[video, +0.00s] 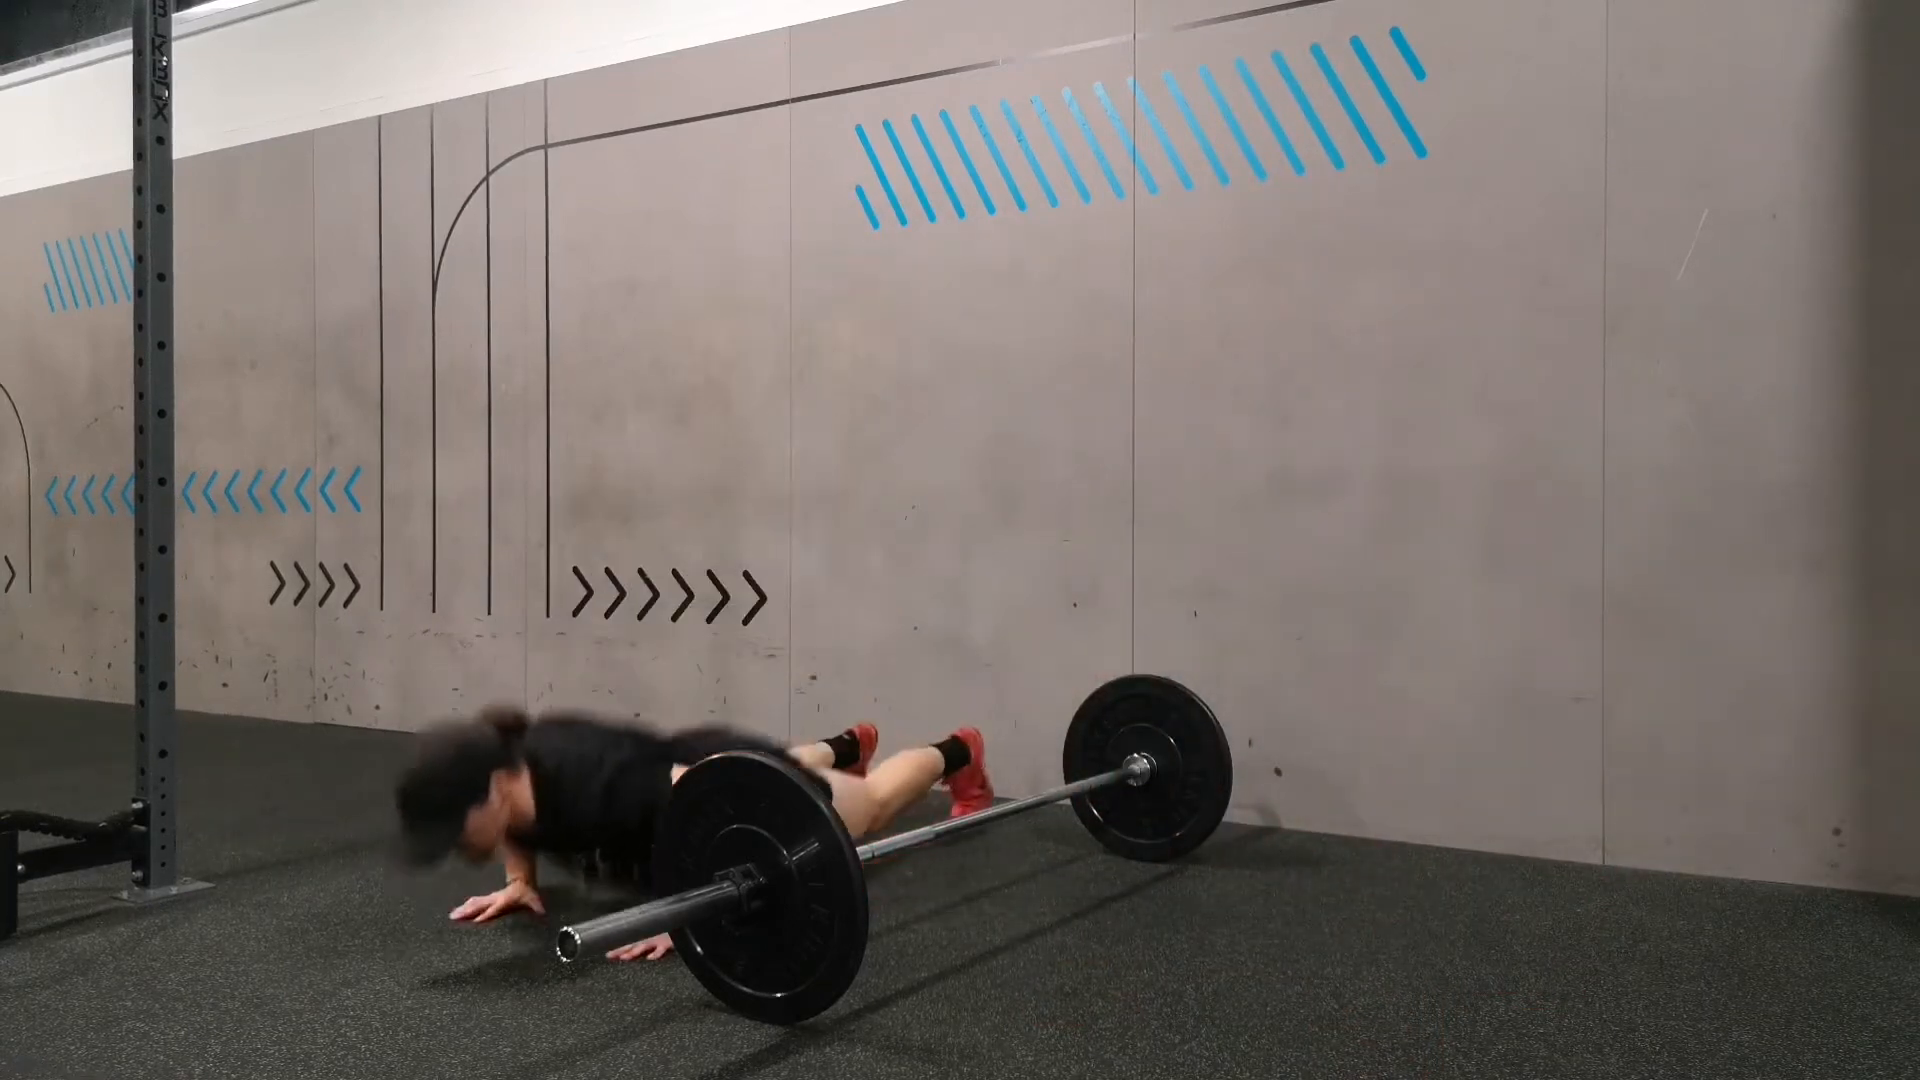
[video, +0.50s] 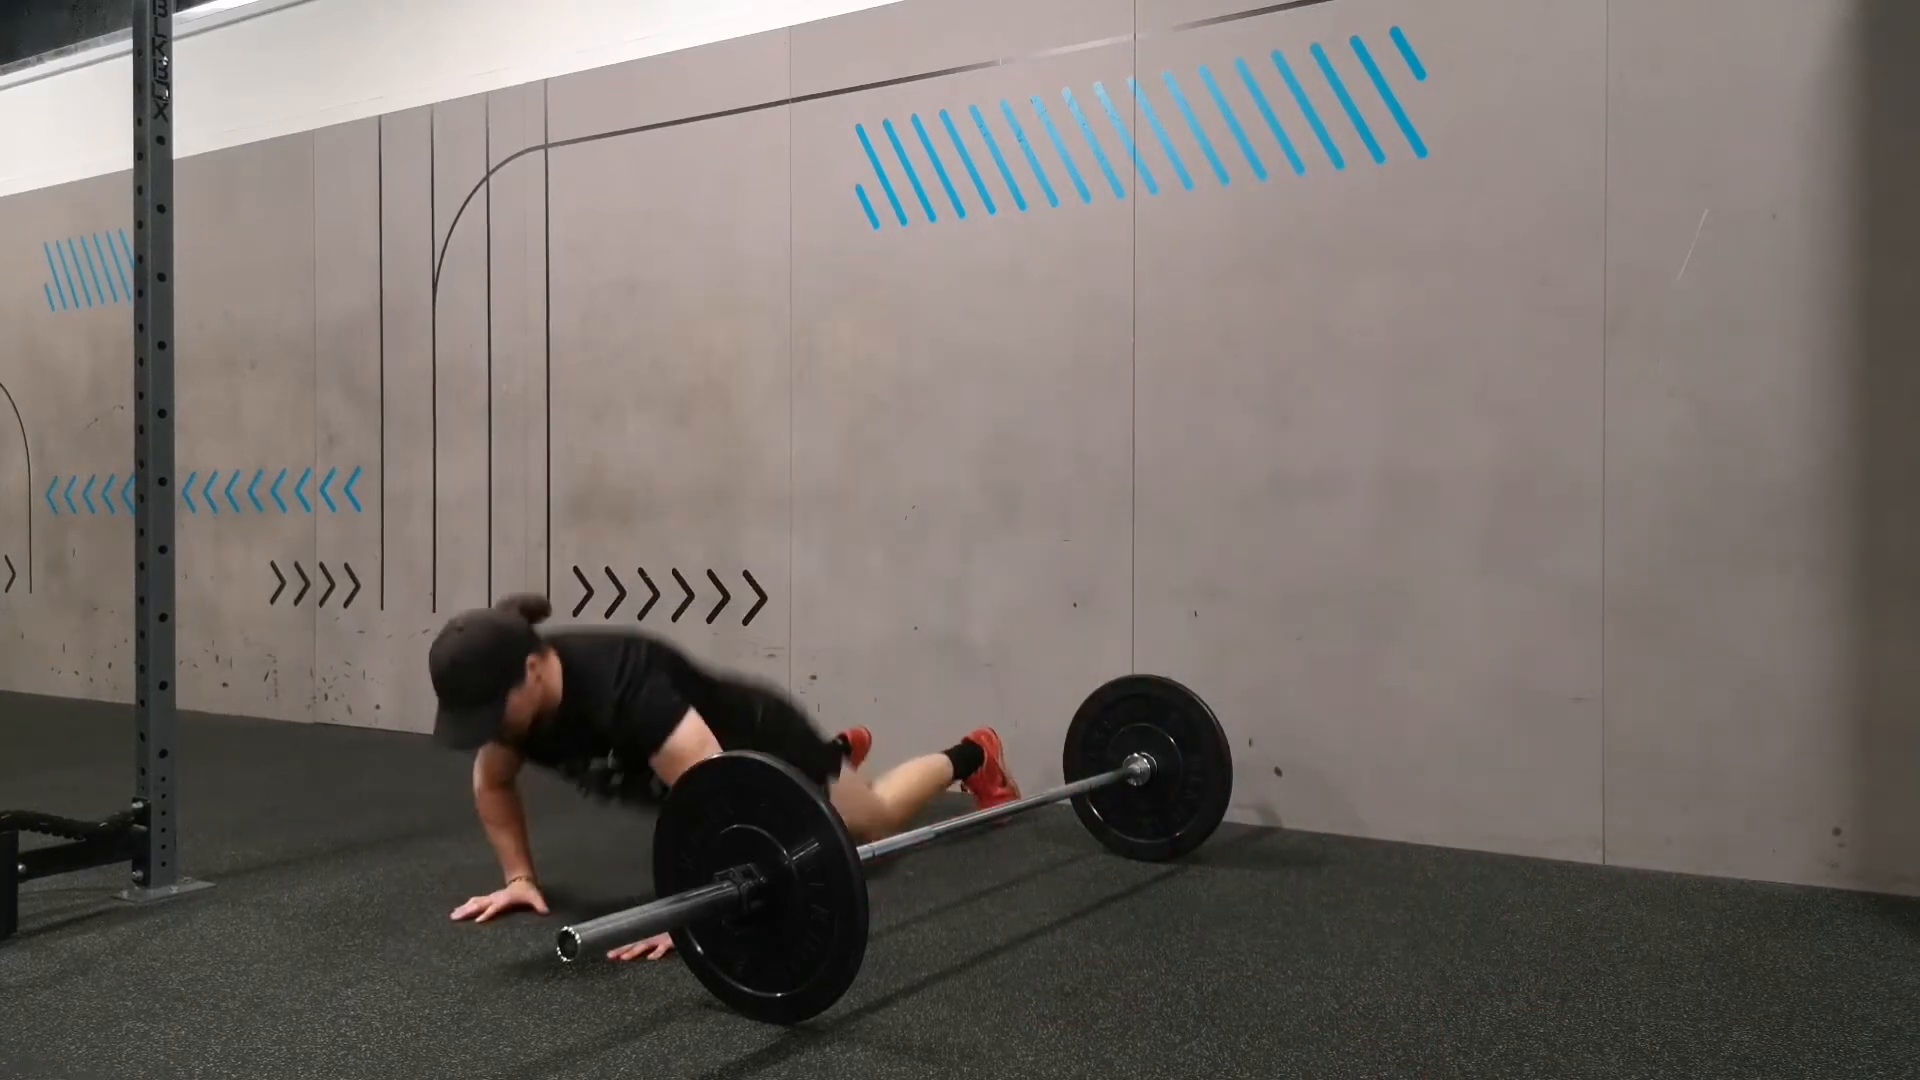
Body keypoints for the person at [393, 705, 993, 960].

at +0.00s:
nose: (465, 847)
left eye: (462, 835)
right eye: (454, 842)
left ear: (489, 801)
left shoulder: (594, 785)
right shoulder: (505, 767)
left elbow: (705, 799)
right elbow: (509, 816)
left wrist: (679, 913)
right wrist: (521, 882)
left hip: (747, 786)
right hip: (689, 763)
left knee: (870, 801)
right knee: (775, 765)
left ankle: (952, 753)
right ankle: (844, 749)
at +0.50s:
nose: (495, 728)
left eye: (497, 713)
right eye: (485, 721)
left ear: (532, 674)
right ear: (497, 695)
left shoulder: (623, 680)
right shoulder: (511, 697)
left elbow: (717, 790)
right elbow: (492, 782)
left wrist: (684, 910)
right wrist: (518, 878)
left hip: (767, 746)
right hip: (691, 758)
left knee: (870, 816)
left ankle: (968, 756)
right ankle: (838, 760)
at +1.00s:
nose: (665, 603)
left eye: (681, 592)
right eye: (660, 597)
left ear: (708, 545)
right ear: (636, 547)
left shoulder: (766, 541)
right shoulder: (623, 557)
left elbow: (803, 679)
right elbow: (568, 678)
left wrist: (768, 763)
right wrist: (522, 801)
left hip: (791, 583)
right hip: (692, 593)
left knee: (805, 695)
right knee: (595, 712)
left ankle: (862, 839)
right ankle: (610, 815)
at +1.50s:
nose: (866, 220)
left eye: (877, 201)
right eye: (852, 206)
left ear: (912, 173)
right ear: (835, 189)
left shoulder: (983, 223)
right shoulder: (842, 255)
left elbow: (1096, 321)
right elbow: (797, 375)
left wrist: (1145, 455)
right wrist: (768, 487)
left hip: (1050, 402)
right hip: (956, 409)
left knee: (1034, 564)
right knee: (894, 512)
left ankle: (1051, 625)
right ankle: (991, 712)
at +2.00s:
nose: (1122, 677)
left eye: (1133, 655)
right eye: (1105, 670)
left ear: (1157, 588)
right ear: (1069, 609)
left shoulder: (1228, 583)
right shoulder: (1078, 582)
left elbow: (1305, 764)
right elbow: (1053, 746)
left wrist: (1359, 944)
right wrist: (1045, 910)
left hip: (1305, 473)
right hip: (1184, 465)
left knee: (1399, 706)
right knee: (1109, 695)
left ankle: (1504, 886)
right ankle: (1187, 830)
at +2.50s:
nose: (1127, 987)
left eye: (1137, 969)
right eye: (1104, 975)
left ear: (1175, 919)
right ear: (1069, 920)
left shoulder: (1288, 905)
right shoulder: (1063, 884)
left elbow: (1443, 897)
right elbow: (1009, 842)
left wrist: (1395, 1040)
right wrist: (1042, 968)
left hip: (1331, 867)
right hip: (1200, 856)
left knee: (1451, 873)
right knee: (1253, 829)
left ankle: (1510, 803)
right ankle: (1312, 789)